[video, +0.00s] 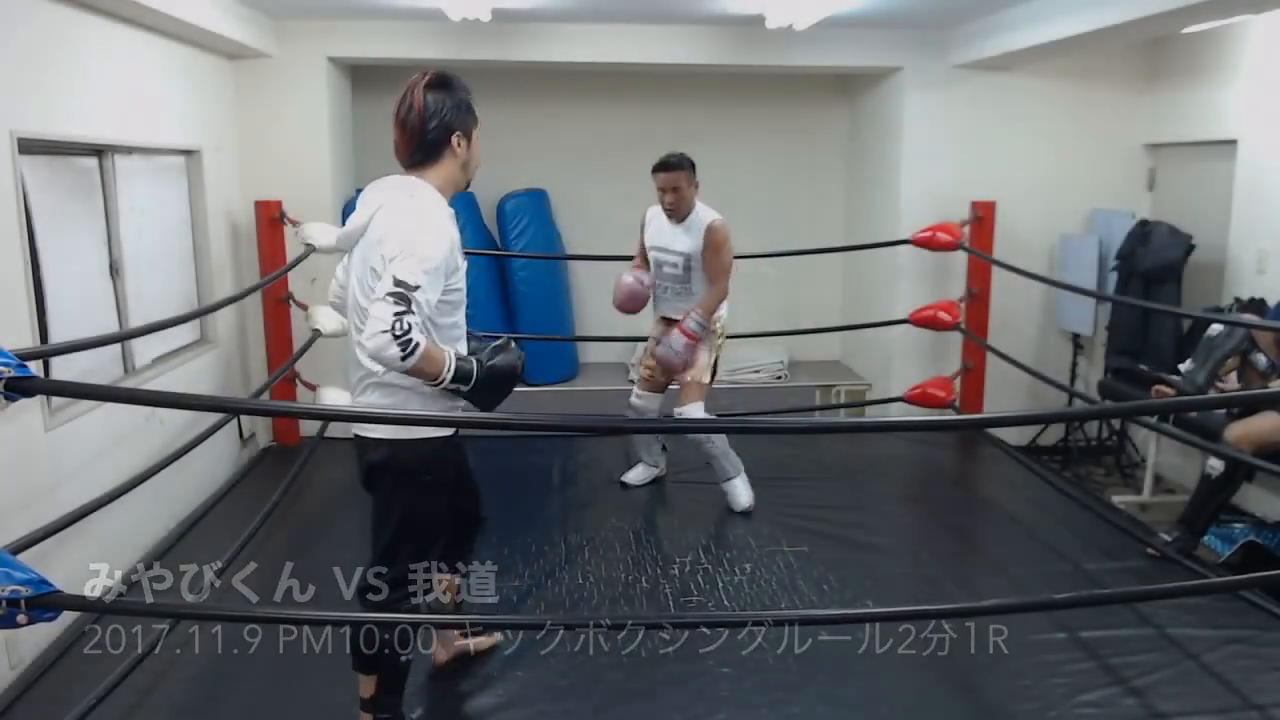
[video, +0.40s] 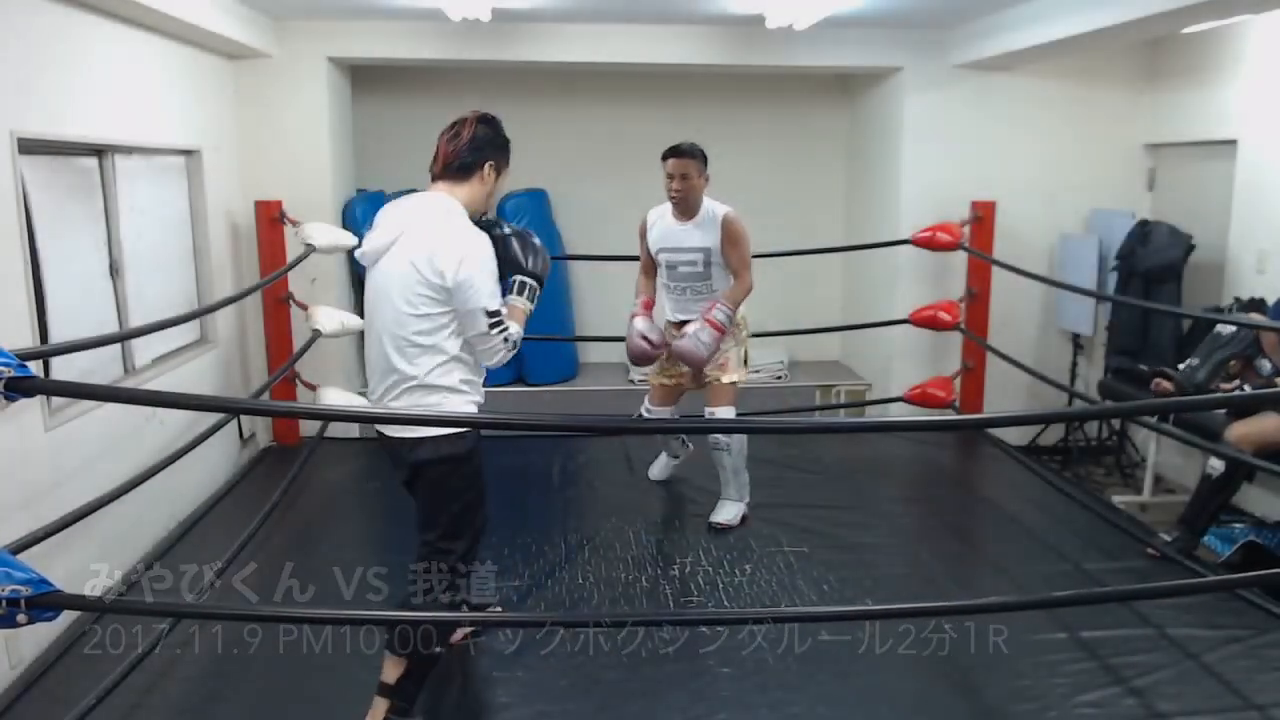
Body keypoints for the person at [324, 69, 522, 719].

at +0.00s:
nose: (479, 148)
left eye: (477, 136)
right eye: (476, 136)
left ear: (414, 139)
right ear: (459, 141)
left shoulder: (381, 197)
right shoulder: (427, 218)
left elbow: (346, 297)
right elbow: (391, 336)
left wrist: (443, 343)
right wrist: (464, 370)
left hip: (399, 413)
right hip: (407, 425)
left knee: (458, 517)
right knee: (395, 571)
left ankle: (449, 636)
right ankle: (376, 706)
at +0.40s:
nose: (498, 192)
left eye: (501, 180)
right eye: (500, 179)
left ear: (443, 163)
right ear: (486, 171)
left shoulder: (392, 217)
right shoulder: (464, 240)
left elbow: (417, 314)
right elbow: (493, 349)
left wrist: (491, 277)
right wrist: (525, 291)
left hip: (392, 421)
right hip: (440, 427)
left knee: (452, 527)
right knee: (442, 563)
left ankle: (454, 619)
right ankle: (385, 705)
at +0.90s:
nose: (533, 184)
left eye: (536, 174)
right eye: (535, 172)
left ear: (486, 155)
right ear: (521, 160)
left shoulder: (446, 202)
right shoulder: (493, 217)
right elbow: (535, 317)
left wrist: (533, 248)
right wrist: (554, 261)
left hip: (424, 397)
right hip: (468, 403)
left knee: (462, 521)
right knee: (496, 542)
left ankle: (460, 620)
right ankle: (467, 690)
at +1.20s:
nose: (547, 184)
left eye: (548, 173)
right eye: (548, 172)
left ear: (496, 158)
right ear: (532, 163)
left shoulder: (454, 204)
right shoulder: (501, 222)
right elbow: (540, 325)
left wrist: (550, 243)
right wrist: (560, 276)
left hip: (435, 397)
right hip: (473, 404)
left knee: (475, 515)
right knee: (503, 547)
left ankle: (473, 605)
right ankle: (467, 691)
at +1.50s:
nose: (561, 201)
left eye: (564, 191)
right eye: (562, 189)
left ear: (515, 176)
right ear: (544, 180)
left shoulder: (471, 218)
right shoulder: (519, 233)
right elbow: (546, 331)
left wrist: (549, 279)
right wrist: (578, 279)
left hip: (444, 396)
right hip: (480, 402)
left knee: (497, 497)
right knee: (502, 541)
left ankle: (507, 576)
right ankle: (462, 688)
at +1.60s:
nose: (561, 203)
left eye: (564, 194)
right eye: (562, 192)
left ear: (517, 179)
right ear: (545, 183)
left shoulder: (473, 219)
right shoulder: (524, 233)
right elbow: (554, 326)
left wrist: (550, 257)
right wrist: (581, 278)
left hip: (446, 390)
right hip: (481, 397)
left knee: (506, 485)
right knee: (491, 529)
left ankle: (498, 576)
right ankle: (464, 677)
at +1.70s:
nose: (561, 200)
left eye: (563, 192)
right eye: (562, 190)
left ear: (517, 175)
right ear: (548, 182)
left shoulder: (475, 212)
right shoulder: (528, 225)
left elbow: (446, 244)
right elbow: (559, 312)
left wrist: (544, 238)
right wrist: (581, 262)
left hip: (448, 381)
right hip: (478, 387)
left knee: (514, 472)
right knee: (480, 514)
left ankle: (498, 577)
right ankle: (457, 659)